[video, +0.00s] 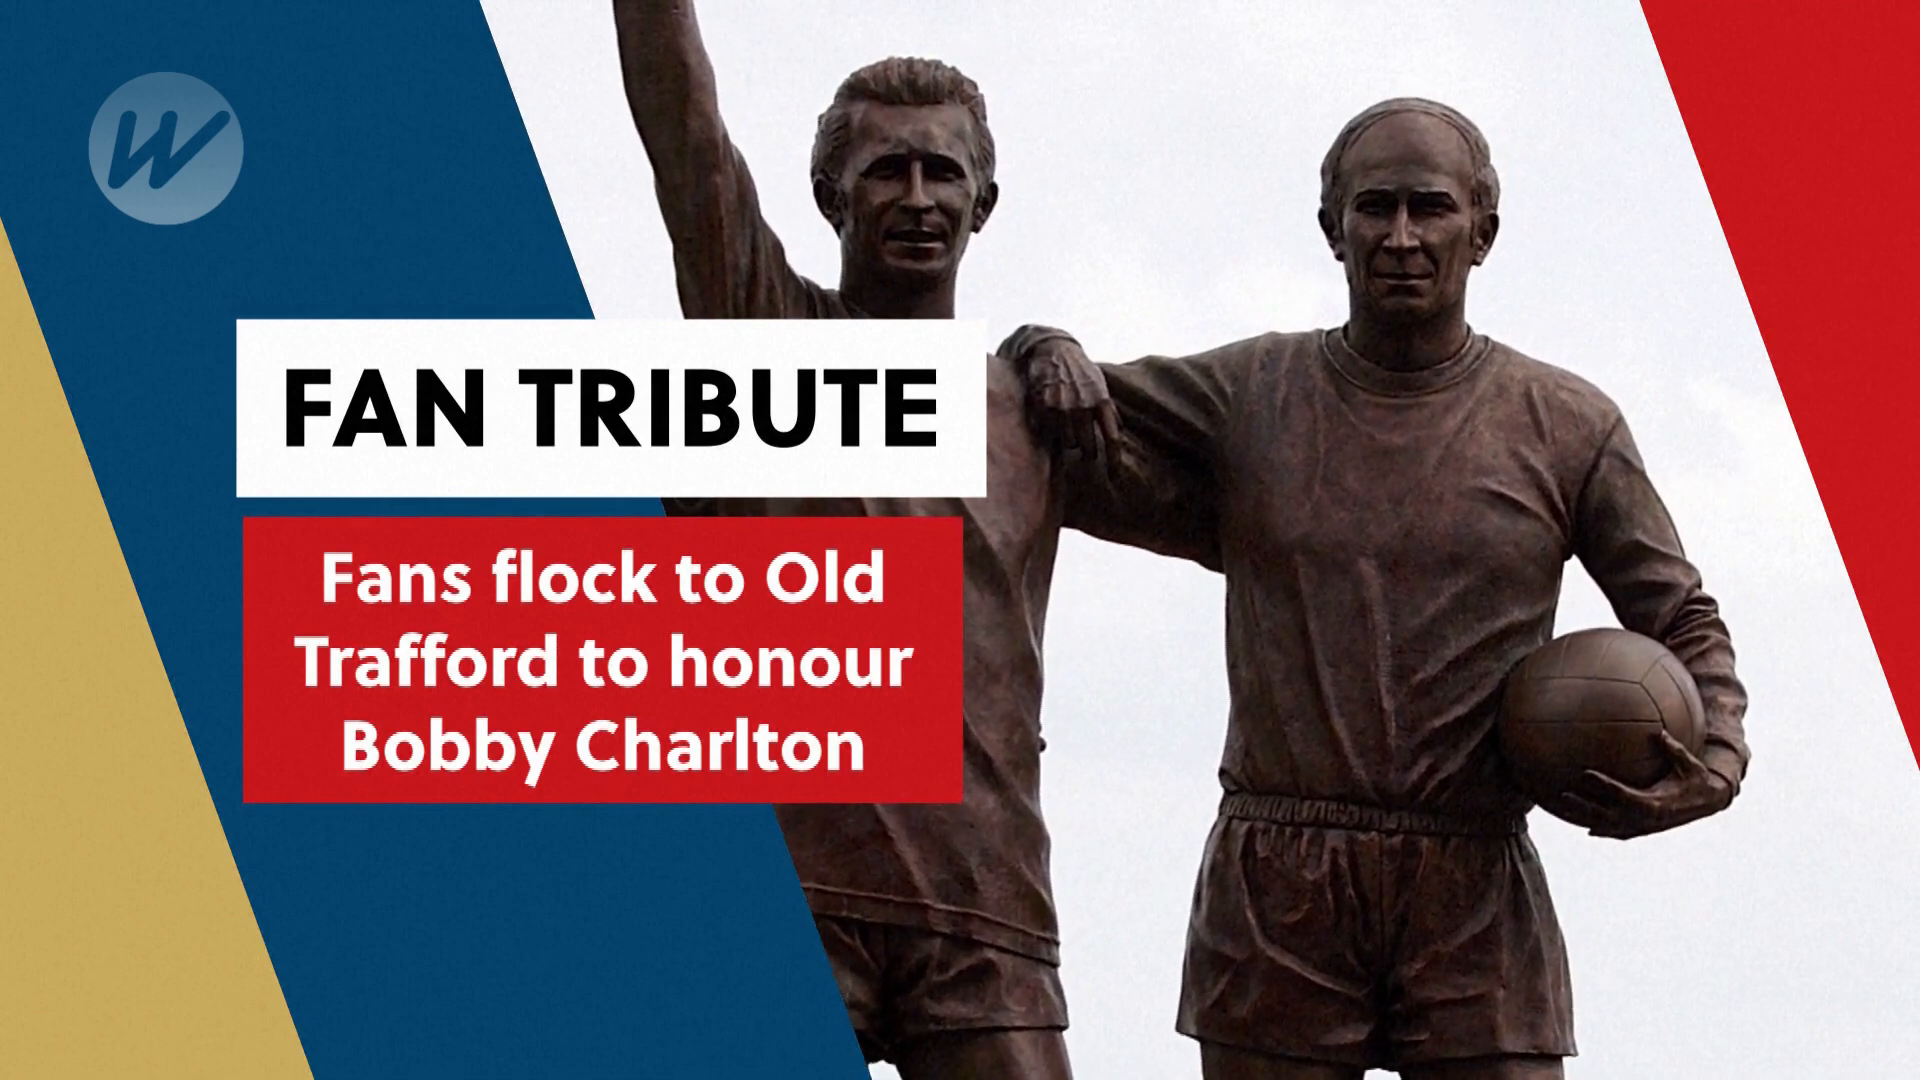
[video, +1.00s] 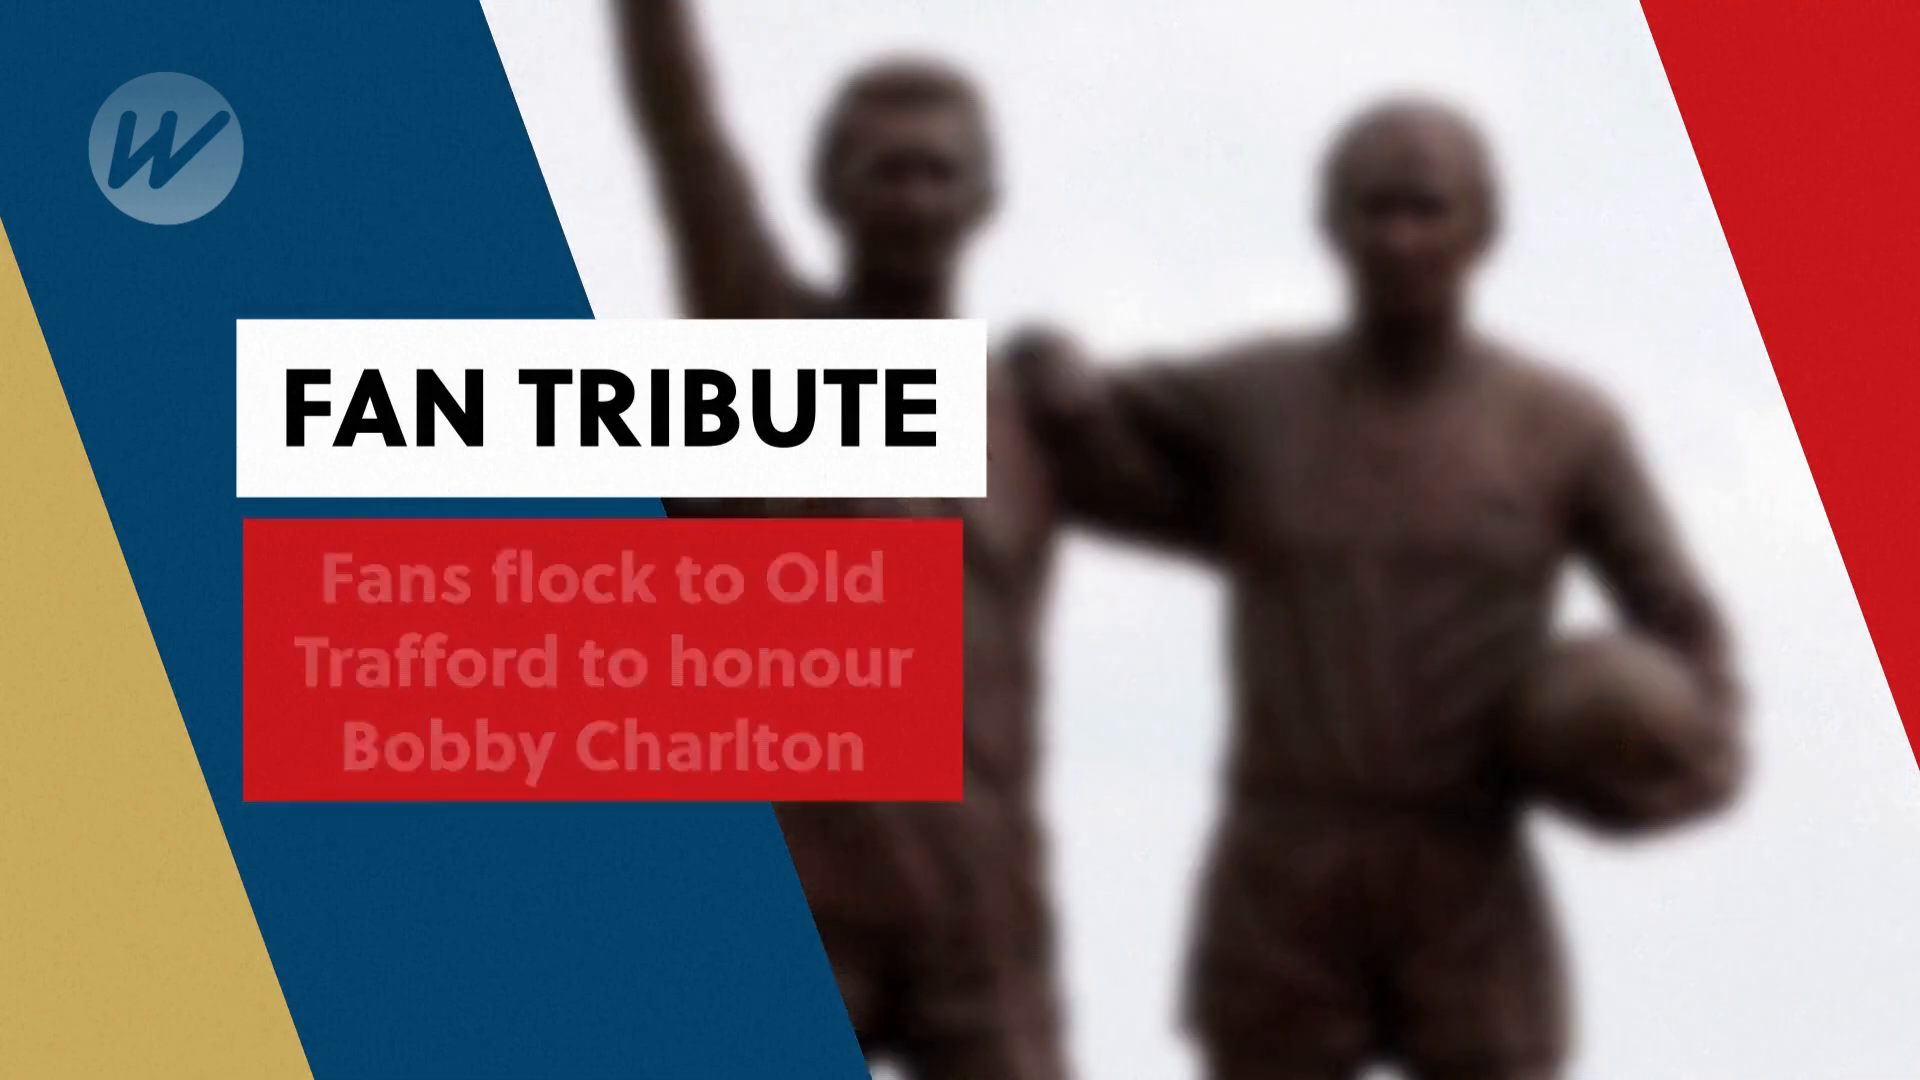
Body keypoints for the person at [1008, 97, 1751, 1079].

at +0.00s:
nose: (1401, 234)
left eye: (1431, 205)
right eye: (1373, 207)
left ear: (1485, 227)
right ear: (1332, 228)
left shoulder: (1567, 421)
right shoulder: (1250, 388)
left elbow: (1680, 617)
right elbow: (1074, 439)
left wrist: (1719, 755)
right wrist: (1044, 353)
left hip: (1473, 894)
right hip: (1272, 890)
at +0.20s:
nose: (1400, 234)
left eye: (1429, 206)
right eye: (1372, 208)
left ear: (1484, 228)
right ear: (1332, 229)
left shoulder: (1566, 422)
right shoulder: (1249, 389)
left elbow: (1678, 615)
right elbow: (1081, 445)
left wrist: (1720, 752)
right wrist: (1043, 355)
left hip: (1472, 893)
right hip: (1272, 888)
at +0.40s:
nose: (1400, 234)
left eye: (1429, 206)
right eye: (1372, 208)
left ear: (1484, 228)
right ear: (1332, 229)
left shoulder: (1566, 422)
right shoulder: (1249, 389)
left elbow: (1678, 615)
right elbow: (1081, 445)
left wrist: (1720, 752)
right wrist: (1043, 355)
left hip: (1472, 893)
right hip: (1272, 888)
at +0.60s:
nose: (1400, 236)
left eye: (1431, 207)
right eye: (1373, 208)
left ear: (1485, 230)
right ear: (1333, 228)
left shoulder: (1567, 423)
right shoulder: (1249, 391)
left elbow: (1680, 618)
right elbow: (1077, 450)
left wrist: (1720, 754)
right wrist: (1041, 356)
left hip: (1474, 896)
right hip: (1272, 892)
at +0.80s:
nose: (1400, 236)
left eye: (1430, 207)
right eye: (1373, 209)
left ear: (1484, 229)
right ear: (1333, 228)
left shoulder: (1566, 422)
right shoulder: (1250, 391)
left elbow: (1680, 618)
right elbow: (1083, 451)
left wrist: (1720, 755)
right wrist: (1042, 353)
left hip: (1472, 893)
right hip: (1273, 889)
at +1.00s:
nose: (1398, 237)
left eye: (1426, 207)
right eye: (1370, 208)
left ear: (1485, 226)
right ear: (1331, 226)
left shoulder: (1560, 428)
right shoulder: (1255, 402)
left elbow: (1685, 632)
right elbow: (1081, 441)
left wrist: (1680, 745)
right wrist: (1049, 386)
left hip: (1467, 888)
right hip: (1279, 885)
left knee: (1497, 1059)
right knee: (1268, 1058)